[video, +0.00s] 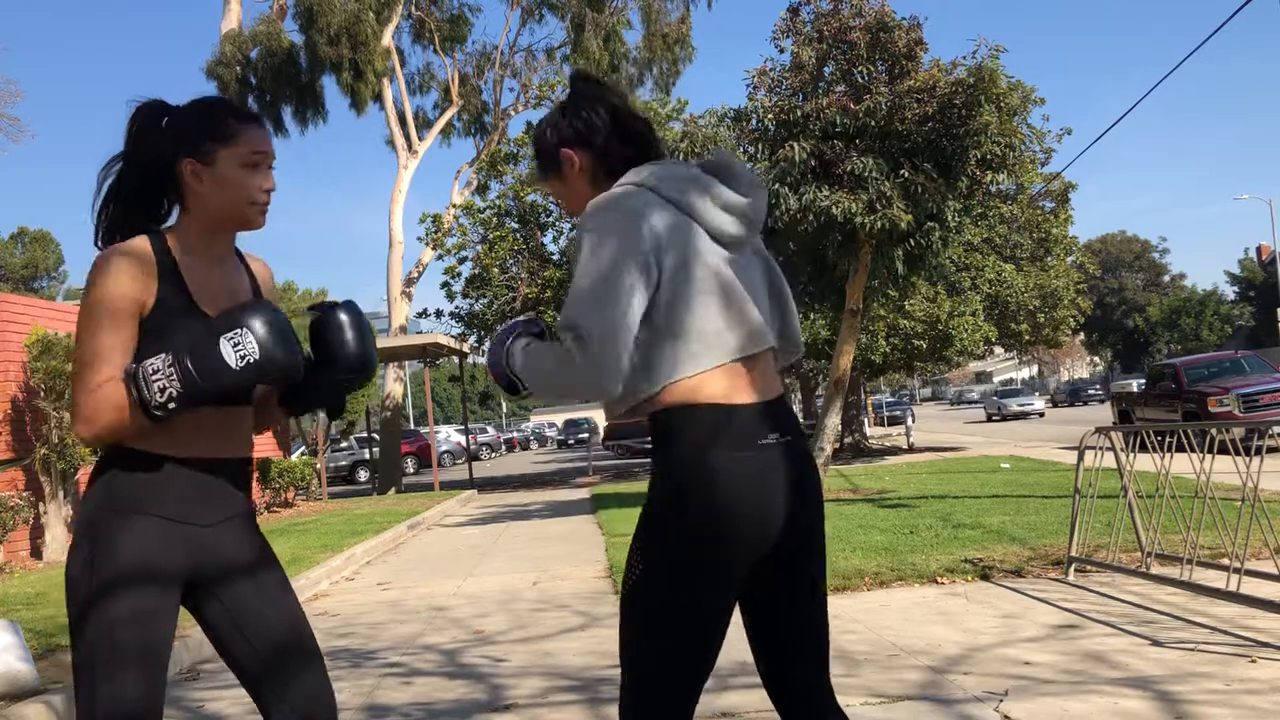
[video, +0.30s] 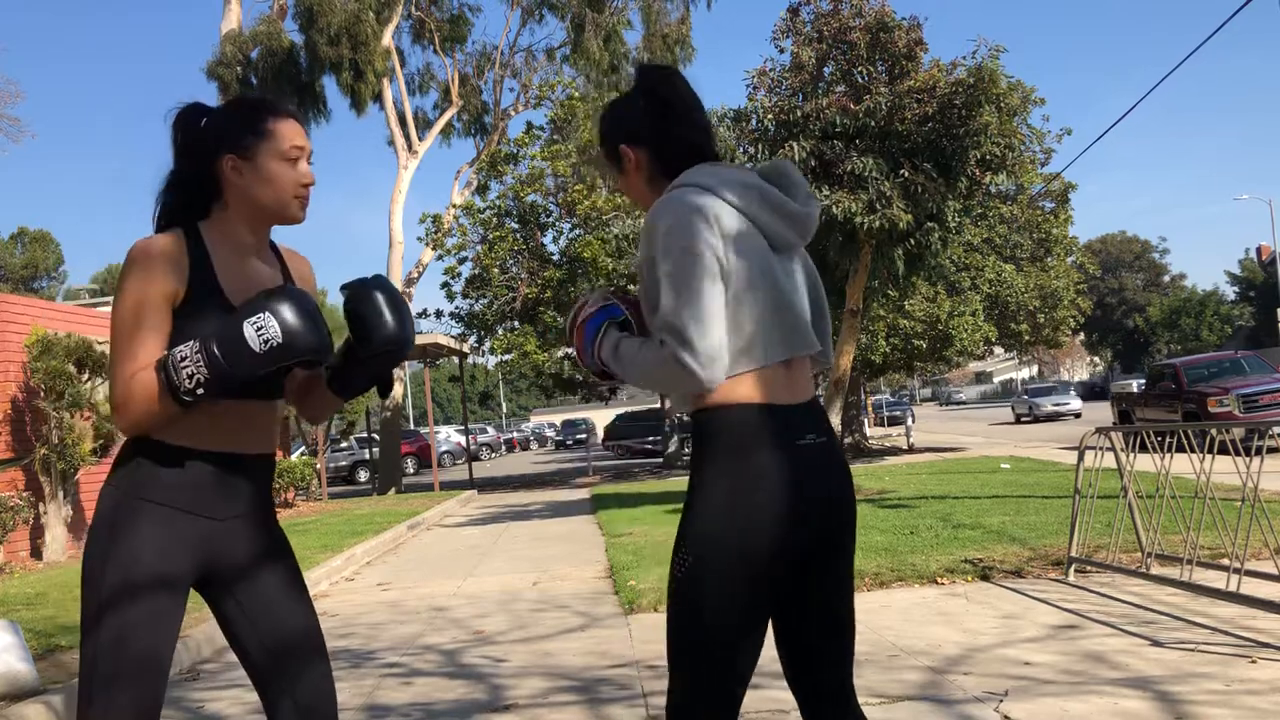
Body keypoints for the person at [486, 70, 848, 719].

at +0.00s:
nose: (562, 210)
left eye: (554, 191)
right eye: (554, 197)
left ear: (574, 160)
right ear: (632, 145)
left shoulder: (618, 213)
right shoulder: (719, 204)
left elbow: (592, 367)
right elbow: (783, 336)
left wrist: (516, 349)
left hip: (705, 476)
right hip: (786, 466)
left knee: (653, 704)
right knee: (807, 694)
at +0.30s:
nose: (621, 191)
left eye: (615, 174)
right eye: (614, 176)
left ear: (634, 157)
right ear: (694, 138)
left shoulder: (681, 213)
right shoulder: (765, 206)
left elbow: (694, 366)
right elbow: (808, 347)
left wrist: (608, 345)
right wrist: (660, 317)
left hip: (741, 472)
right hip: (818, 463)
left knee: (700, 701)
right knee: (828, 689)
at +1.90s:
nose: (626, 160)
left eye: (632, 140)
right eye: (627, 142)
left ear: (676, 135)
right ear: (679, 136)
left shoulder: (708, 203)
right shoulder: (765, 202)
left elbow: (639, 343)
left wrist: (577, 252)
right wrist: (623, 353)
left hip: (750, 477)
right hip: (820, 469)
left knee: (682, 704)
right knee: (836, 697)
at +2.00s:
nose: (639, 164)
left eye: (645, 144)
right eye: (639, 147)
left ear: (690, 137)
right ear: (693, 135)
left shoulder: (724, 206)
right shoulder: (783, 206)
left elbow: (621, 325)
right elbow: (740, 345)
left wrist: (594, 213)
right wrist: (629, 346)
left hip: (757, 478)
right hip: (826, 471)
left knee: (686, 705)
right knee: (838, 701)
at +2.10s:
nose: (657, 166)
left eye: (662, 146)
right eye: (655, 149)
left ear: (707, 137)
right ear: (714, 136)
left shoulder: (738, 205)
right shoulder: (795, 206)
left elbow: (622, 298)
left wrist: (621, 191)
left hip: (766, 472)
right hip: (832, 468)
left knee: (698, 702)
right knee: (839, 695)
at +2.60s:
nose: (651, 176)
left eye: (656, 154)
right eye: (649, 158)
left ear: (691, 146)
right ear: (739, 143)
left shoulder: (721, 202)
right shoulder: (793, 206)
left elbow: (582, 243)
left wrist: (630, 140)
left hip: (753, 483)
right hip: (827, 477)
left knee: (678, 705)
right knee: (836, 698)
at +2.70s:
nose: (629, 187)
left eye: (629, 166)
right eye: (624, 169)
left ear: (665, 146)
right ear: (694, 139)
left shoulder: (699, 202)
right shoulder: (778, 207)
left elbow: (567, 283)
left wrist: (572, 165)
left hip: (746, 473)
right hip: (822, 469)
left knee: (679, 703)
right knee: (840, 697)